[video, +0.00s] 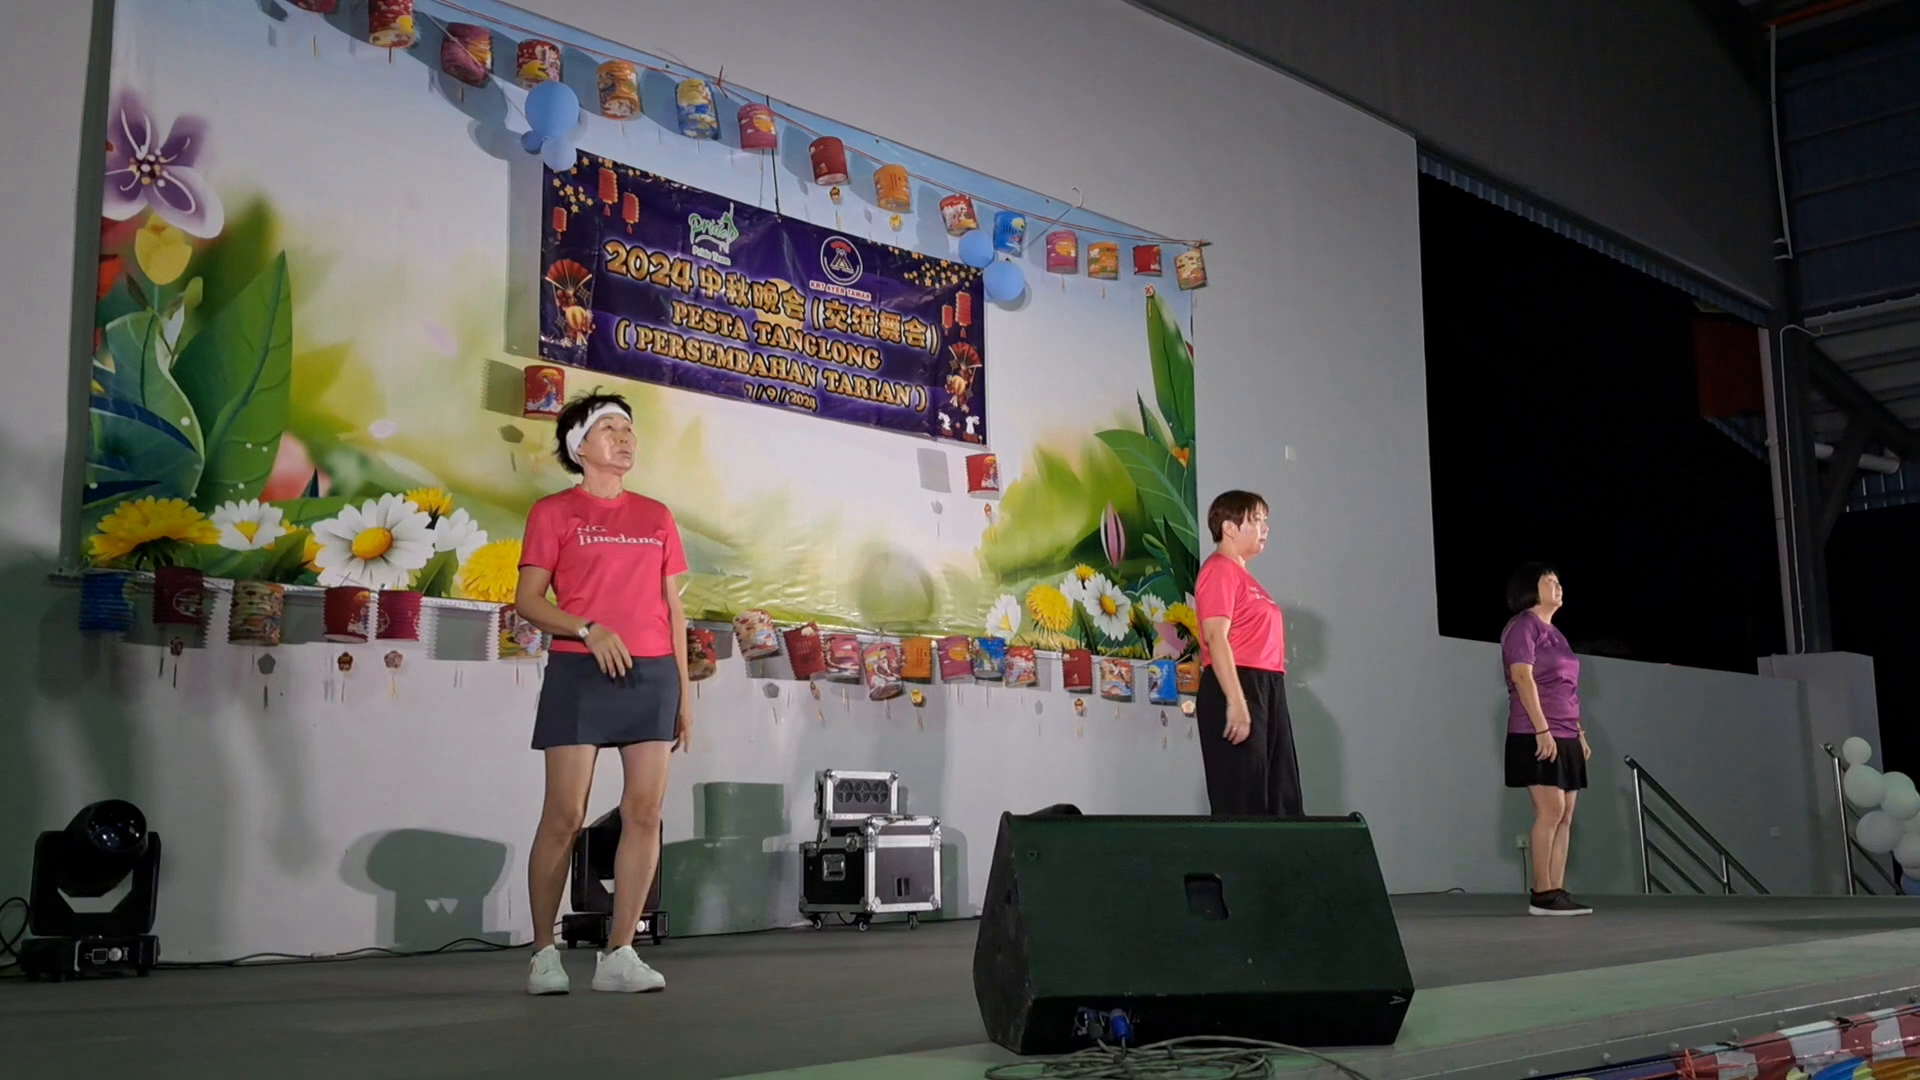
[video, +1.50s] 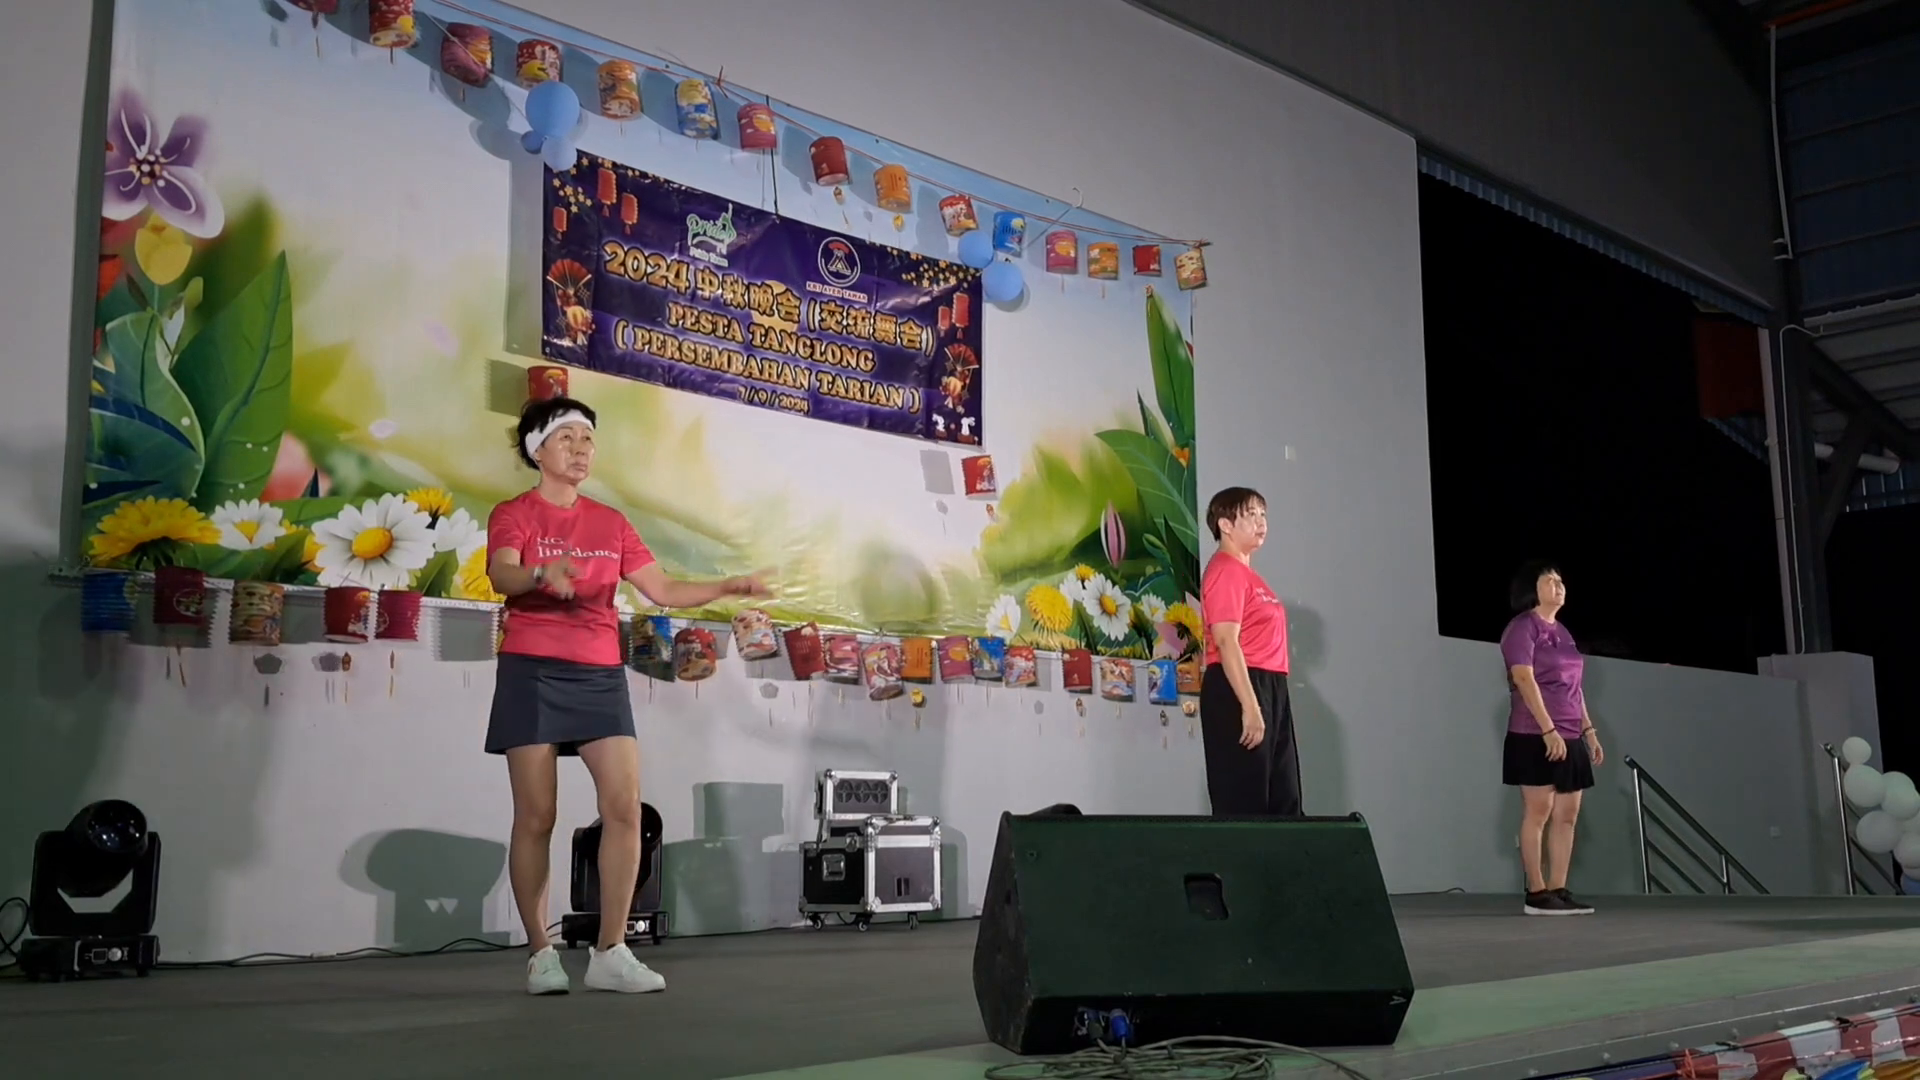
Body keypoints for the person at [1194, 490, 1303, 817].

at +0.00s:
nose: (1265, 530)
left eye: (1265, 522)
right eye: (1257, 521)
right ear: (1229, 527)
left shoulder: (1240, 572)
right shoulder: (1221, 569)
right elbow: (1215, 637)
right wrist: (1236, 701)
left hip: (1268, 687)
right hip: (1240, 687)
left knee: (1282, 792)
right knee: (1243, 797)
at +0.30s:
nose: (1255, 527)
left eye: (1257, 519)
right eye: (1244, 520)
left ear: (1262, 525)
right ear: (1218, 529)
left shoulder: (1257, 577)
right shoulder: (1205, 576)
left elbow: (1272, 651)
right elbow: (1194, 646)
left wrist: (1290, 705)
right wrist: (1200, 708)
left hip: (1270, 692)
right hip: (1228, 690)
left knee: (1277, 792)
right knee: (1234, 796)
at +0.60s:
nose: (1245, 522)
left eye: (1248, 515)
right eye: (1233, 516)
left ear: (1253, 521)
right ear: (1209, 529)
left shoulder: (1260, 575)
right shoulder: (1199, 578)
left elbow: (1275, 640)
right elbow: (1189, 649)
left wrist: (1297, 694)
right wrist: (1194, 714)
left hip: (1268, 695)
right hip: (1224, 692)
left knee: (1279, 797)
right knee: (1227, 799)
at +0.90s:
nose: (1248, 524)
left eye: (1251, 517)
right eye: (1237, 517)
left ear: (1256, 523)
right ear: (1212, 527)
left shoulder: (1253, 572)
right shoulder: (1202, 578)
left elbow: (1270, 642)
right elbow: (1193, 649)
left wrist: (1297, 694)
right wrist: (1202, 713)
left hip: (1270, 695)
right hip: (1228, 694)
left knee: (1283, 798)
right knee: (1231, 803)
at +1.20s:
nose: (1256, 526)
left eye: (1258, 518)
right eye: (1245, 518)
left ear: (1263, 523)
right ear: (1220, 526)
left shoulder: (1248, 571)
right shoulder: (1212, 575)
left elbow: (1257, 642)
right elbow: (1209, 648)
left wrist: (1276, 708)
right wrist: (1227, 711)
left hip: (1271, 691)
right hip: (1235, 691)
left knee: (1283, 798)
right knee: (1236, 802)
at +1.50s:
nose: (1261, 524)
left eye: (1263, 517)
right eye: (1251, 517)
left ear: (1267, 521)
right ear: (1226, 525)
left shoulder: (1244, 570)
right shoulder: (1226, 570)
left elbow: (1249, 641)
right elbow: (1226, 640)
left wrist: (1275, 704)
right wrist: (1249, 705)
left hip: (1270, 686)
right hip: (1240, 685)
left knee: (1283, 796)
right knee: (1244, 798)